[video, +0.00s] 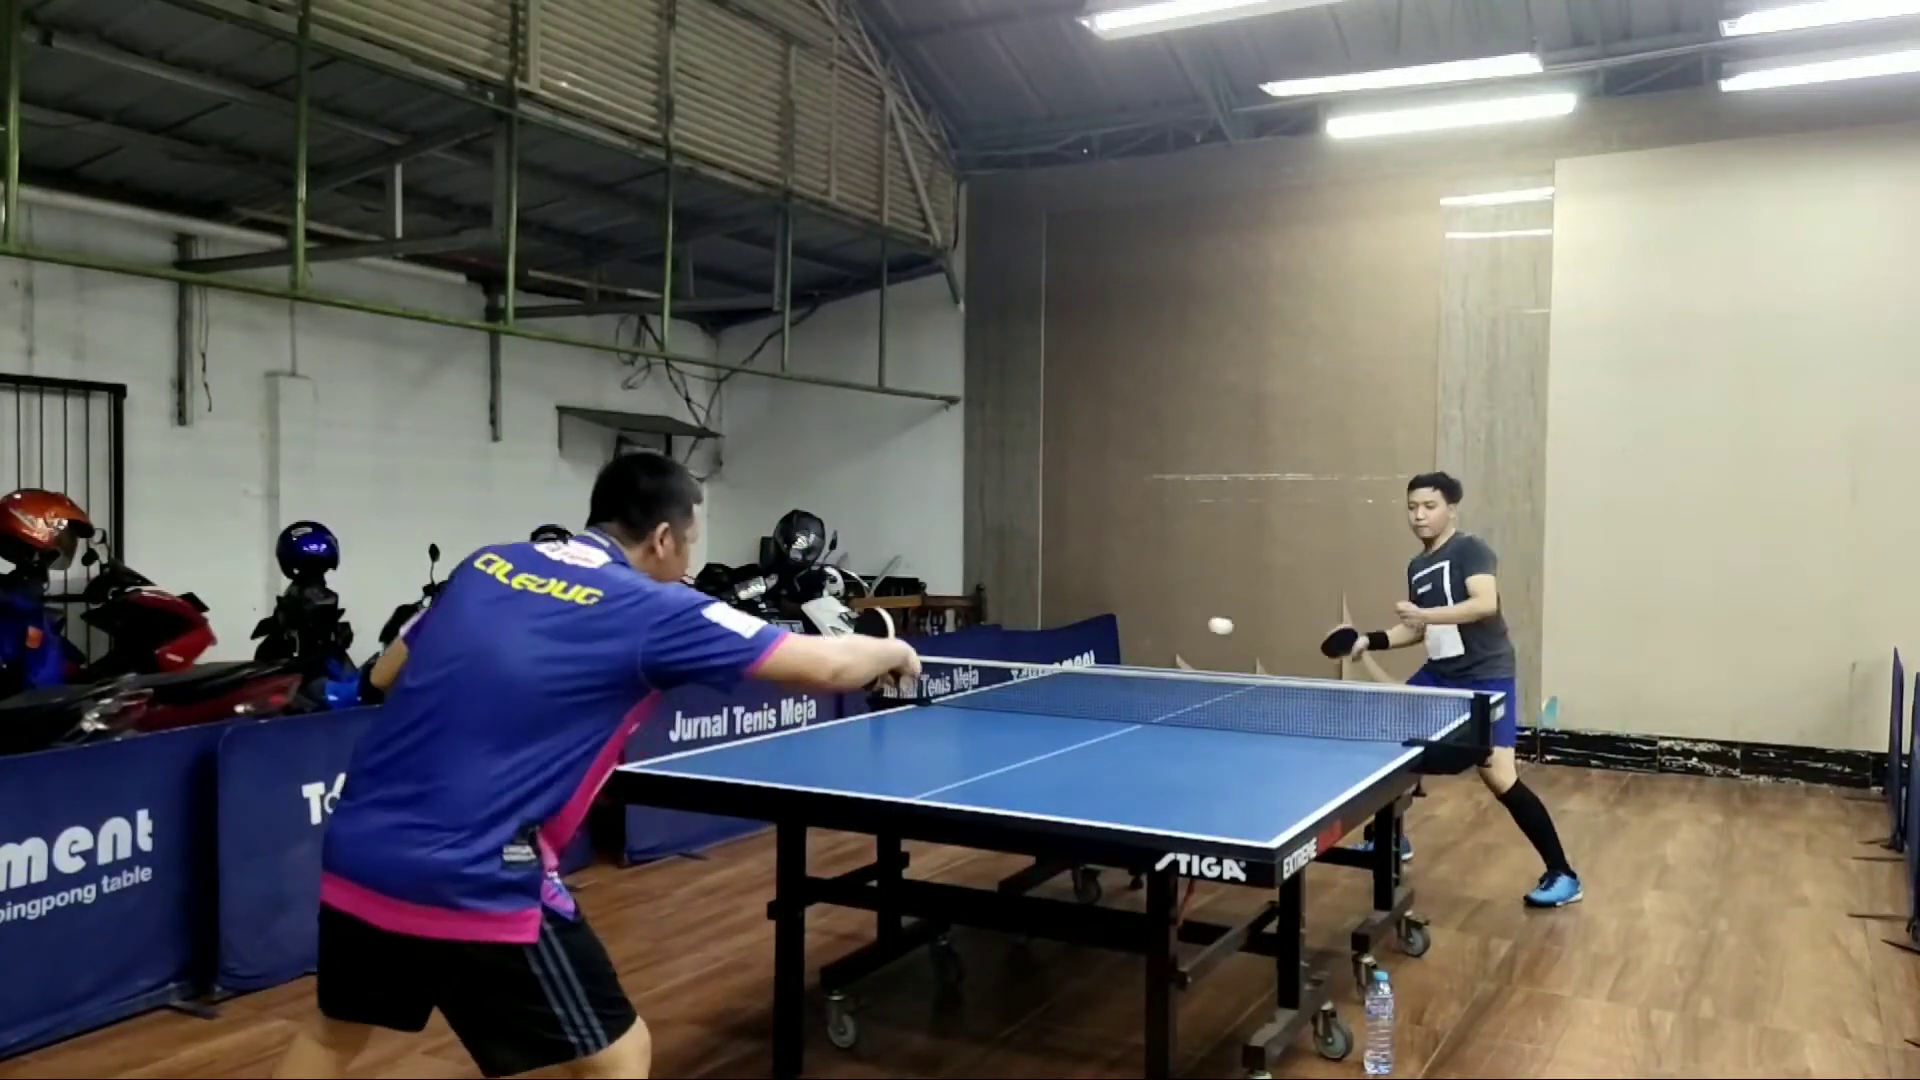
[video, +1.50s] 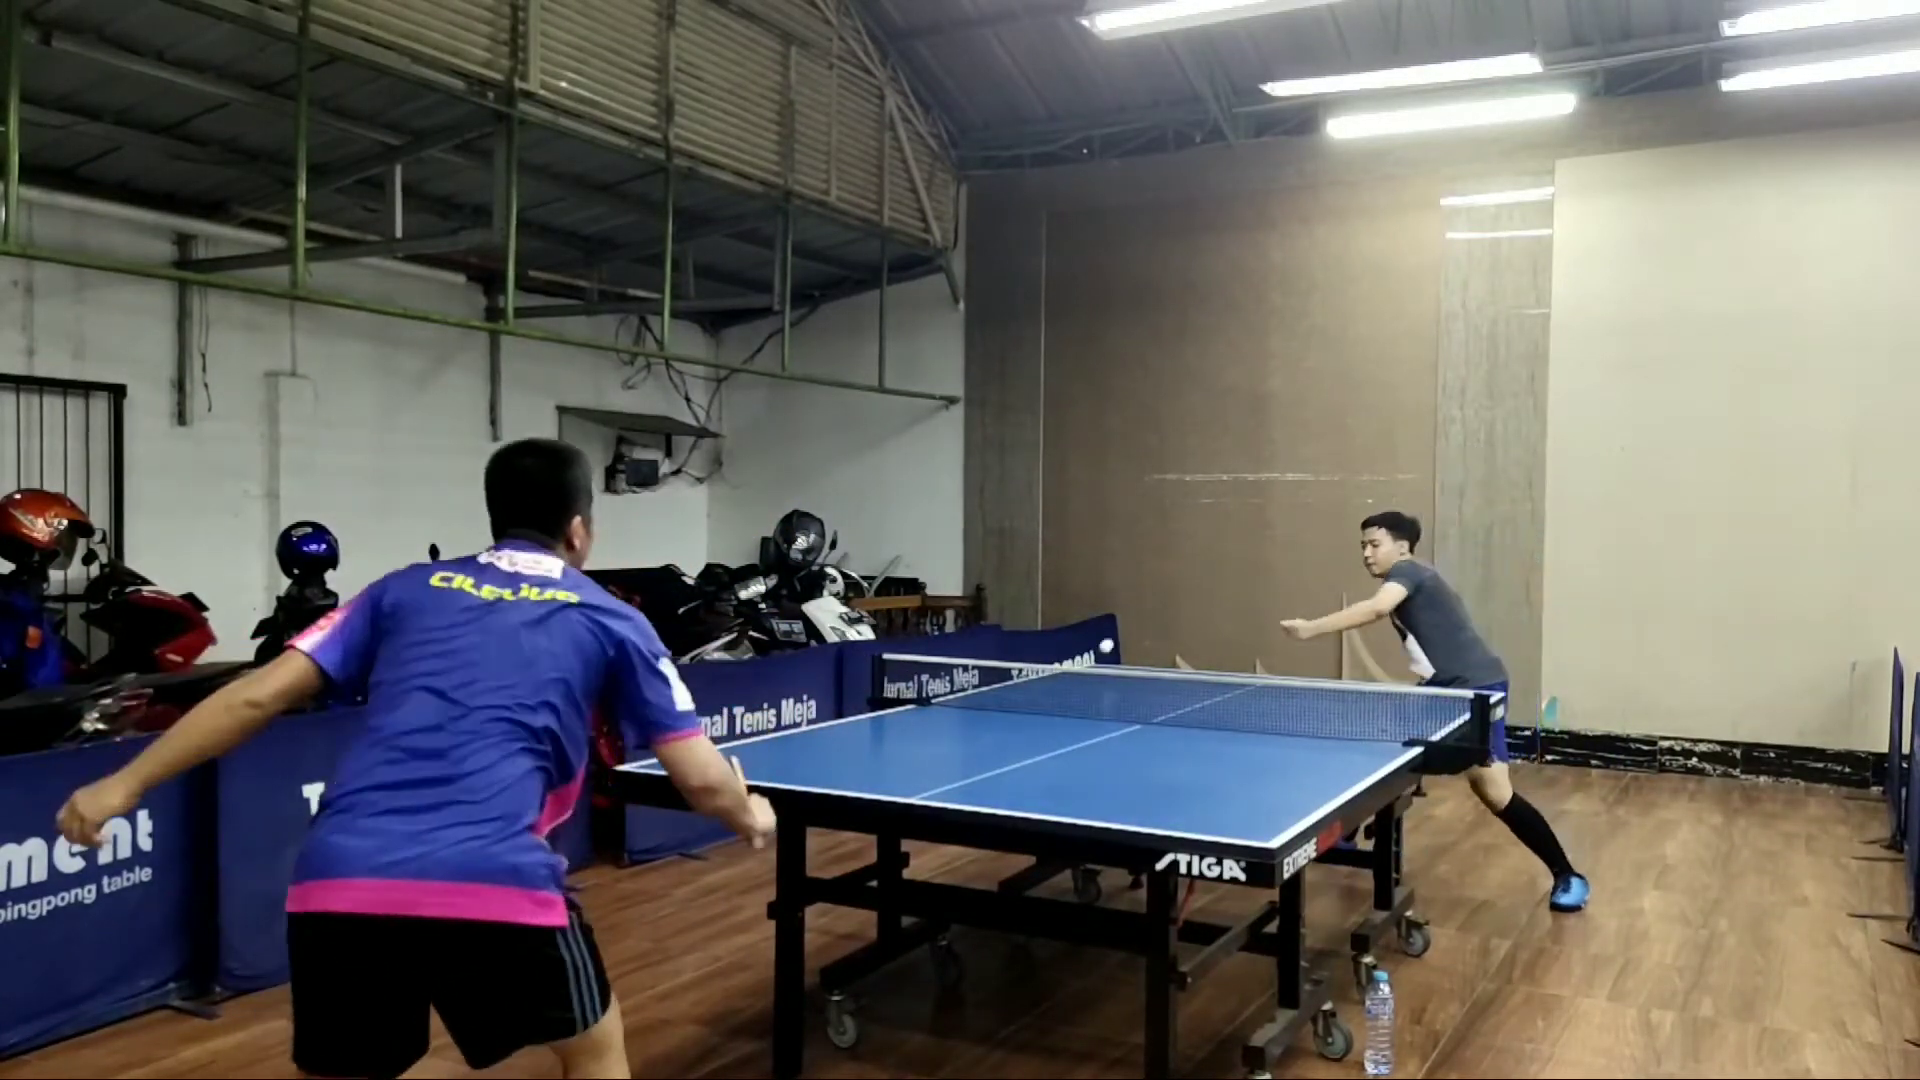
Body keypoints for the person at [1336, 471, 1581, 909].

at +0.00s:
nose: (1419, 515)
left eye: (1429, 506)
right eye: (1413, 508)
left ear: (1451, 509)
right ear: (1408, 513)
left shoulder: (1470, 550)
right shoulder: (1417, 568)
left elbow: (1486, 604)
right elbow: (1414, 630)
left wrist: (1425, 615)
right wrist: (1367, 640)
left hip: (1487, 675)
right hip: (1439, 673)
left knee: (1499, 775)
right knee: (1379, 735)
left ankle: (1561, 873)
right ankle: (1390, 836)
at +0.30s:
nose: (1441, 509)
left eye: (1451, 501)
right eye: (1434, 502)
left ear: (1471, 505)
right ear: (1428, 508)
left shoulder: (1500, 545)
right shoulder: (1422, 567)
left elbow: (1542, 595)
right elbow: (1402, 630)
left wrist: (1502, 593)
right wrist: (1413, 640)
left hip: (1511, 670)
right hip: (1454, 671)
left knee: (1515, 762)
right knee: (1401, 744)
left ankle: (1566, 874)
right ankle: (1388, 838)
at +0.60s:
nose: (1473, 488)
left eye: (1484, 480)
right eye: (1468, 480)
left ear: (1504, 487)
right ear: (1459, 486)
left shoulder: (1530, 533)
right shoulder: (1444, 543)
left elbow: (1573, 583)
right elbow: (1391, 578)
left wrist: (1564, 605)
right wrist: (1354, 561)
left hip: (1529, 662)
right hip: (1471, 662)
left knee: (1539, 754)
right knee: (1437, 746)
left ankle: (1570, 874)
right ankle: (1414, 836)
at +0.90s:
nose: (1444, 489)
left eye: (1454, 481)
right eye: (1438, 481)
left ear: (1476, 486)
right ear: (1433, 487)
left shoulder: (1498, 534)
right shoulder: (1422, 542)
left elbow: (1525, 594)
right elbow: (1380, 587)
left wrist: (1476, 613)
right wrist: (1340, 597)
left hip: (1495, 667)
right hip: (1437, 664)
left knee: (1522, 758)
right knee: (1410, 746)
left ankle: (1564, 869)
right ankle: (1411, 836)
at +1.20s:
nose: (1422, 502)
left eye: (1432, 493)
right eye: (1417, 495)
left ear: (1458, 498)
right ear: (1416, 502)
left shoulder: (1481, 537)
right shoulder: (1427, 561)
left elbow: (1493, 589)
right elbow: (1418, 623)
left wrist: (1427, 603)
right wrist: (1371, 641)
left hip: (1510, 666)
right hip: (1458, 666)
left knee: (1526, 761)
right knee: (1409, 738)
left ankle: (1570, 873)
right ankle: (1410, 840)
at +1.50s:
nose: (1366, 552)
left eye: (1373, 543)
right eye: (1364, 545)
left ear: (1402, 545)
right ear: (1396, 548)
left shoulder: (1408, 571)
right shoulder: (1408, 577)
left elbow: (1376, 610)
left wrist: (1312, 626)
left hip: (1478, 689)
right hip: (1441, 689)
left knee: (1494, 792)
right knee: (1384, 750)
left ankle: (1566, 877)